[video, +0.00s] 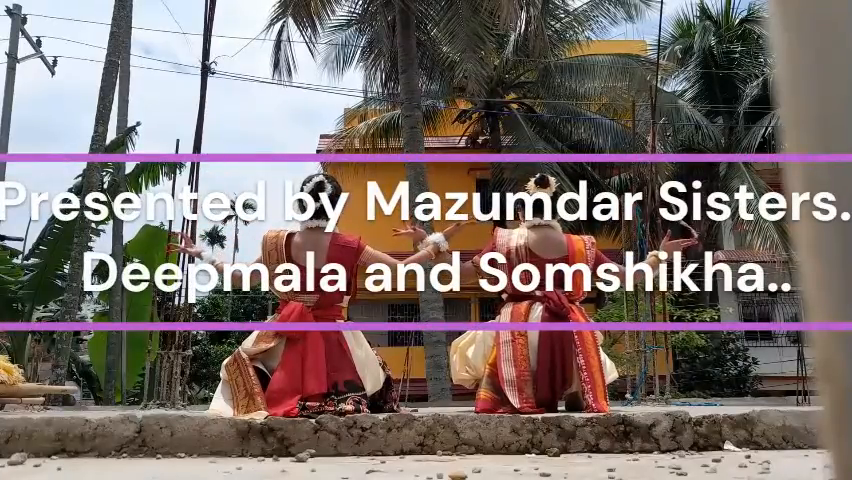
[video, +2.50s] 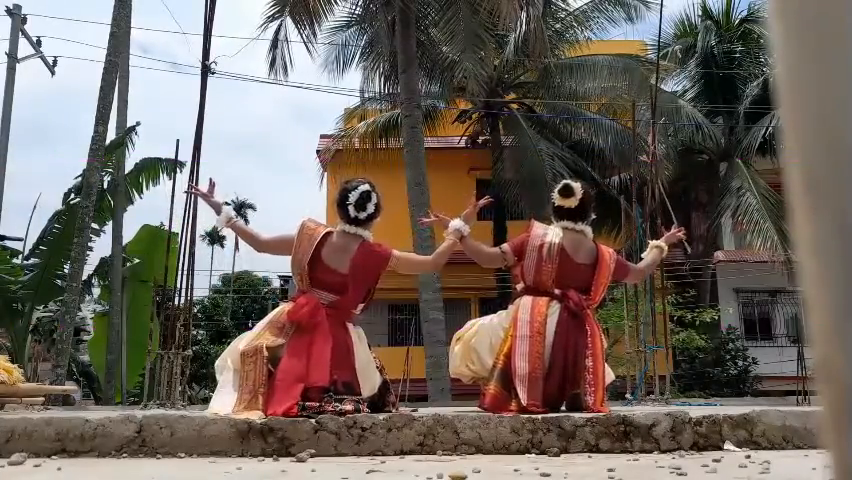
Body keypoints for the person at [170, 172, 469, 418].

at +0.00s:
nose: (339, 207)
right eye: (338, 201)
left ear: (300, 203)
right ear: (336, 207)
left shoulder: (274, 244)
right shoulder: (347, 247)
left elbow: (261, 282)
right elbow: (401, 266)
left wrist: (204, 256)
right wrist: (433, 247)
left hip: (288, 345)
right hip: (334, 343)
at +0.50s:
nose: (335, 207)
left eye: (317, 200)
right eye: (336, 201)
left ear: (300, 203)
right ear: (336, 206)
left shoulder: (275, 244)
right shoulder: (348, 248)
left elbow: (247, 280)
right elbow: (402, 268)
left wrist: (201, 257)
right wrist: (430, 248)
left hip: (290, 349)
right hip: (336, 348)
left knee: (238, 362)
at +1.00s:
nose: (335, 207)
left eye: (315, 202)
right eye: (337, 202)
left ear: (300, 205)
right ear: (337, 206)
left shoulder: (275, 245)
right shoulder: (349, 247)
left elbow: (238, 278)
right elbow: (403, 263)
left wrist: (198, 253)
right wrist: (434, 245)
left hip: (287, 343)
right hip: (334, 343)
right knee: (375, 389)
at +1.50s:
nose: (361, 218)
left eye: (355, 210)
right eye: (360, 211)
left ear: (322, 211)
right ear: (356, 214)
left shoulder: (297, 243)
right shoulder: (365, 253)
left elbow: (249, 263)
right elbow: (419, 270)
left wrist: (204, 240)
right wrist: (449, 247)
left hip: (289, 337)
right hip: (335, 342)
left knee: (236, 361)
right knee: (373, 387)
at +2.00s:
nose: (377, 215)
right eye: (376, 211)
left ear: (340, 209)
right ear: (374, 214)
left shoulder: (313, 238)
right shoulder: (377, 252)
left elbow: (266, 246)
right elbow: (434, 260)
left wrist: (232, 224)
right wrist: (455, 237)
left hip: (298, 334)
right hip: (342, 338)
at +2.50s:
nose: (366, 213)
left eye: (350, 205)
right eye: (371, 209)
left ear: (338, 208)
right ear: (374, 214)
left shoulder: (310, 237)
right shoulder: (378, 255)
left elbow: (259, 243)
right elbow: (433, 263)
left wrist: (219, 209)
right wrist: (461, 224)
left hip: (293, 337)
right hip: (341, 344)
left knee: (241, 355)